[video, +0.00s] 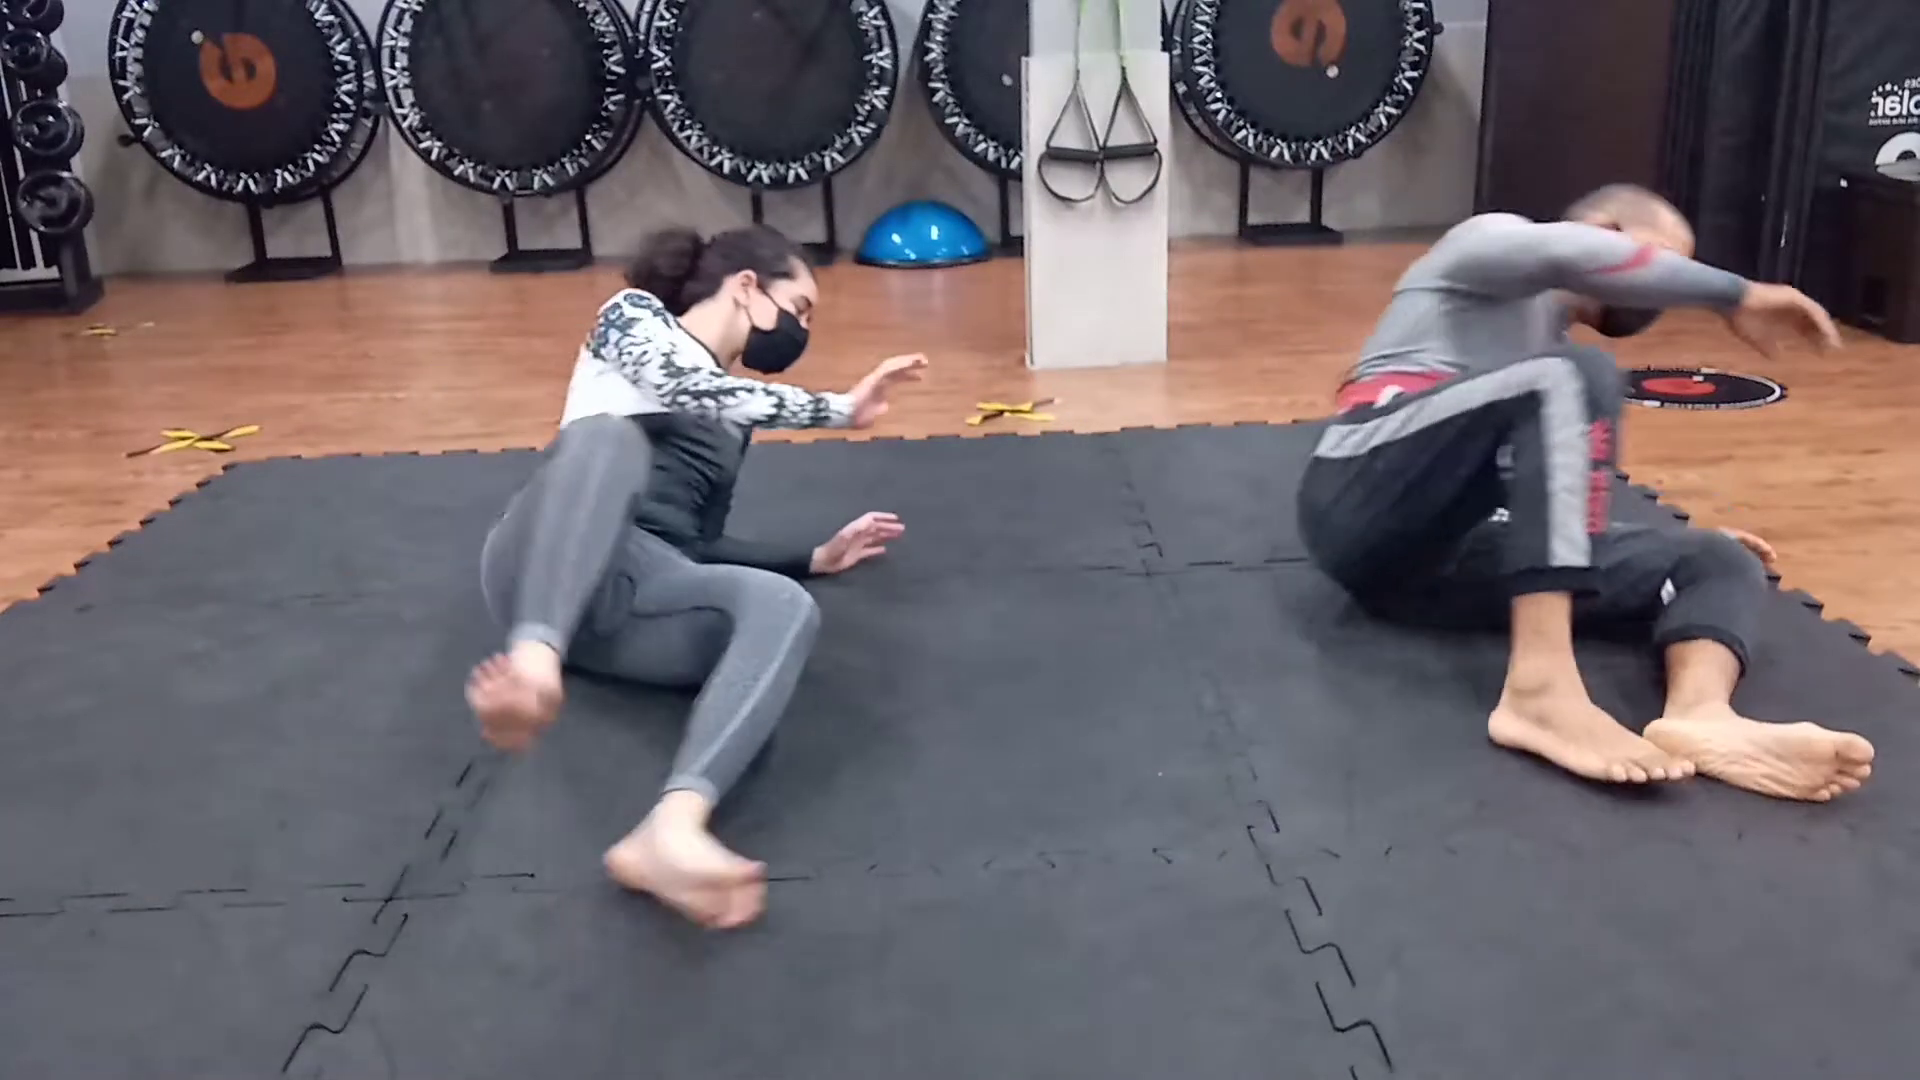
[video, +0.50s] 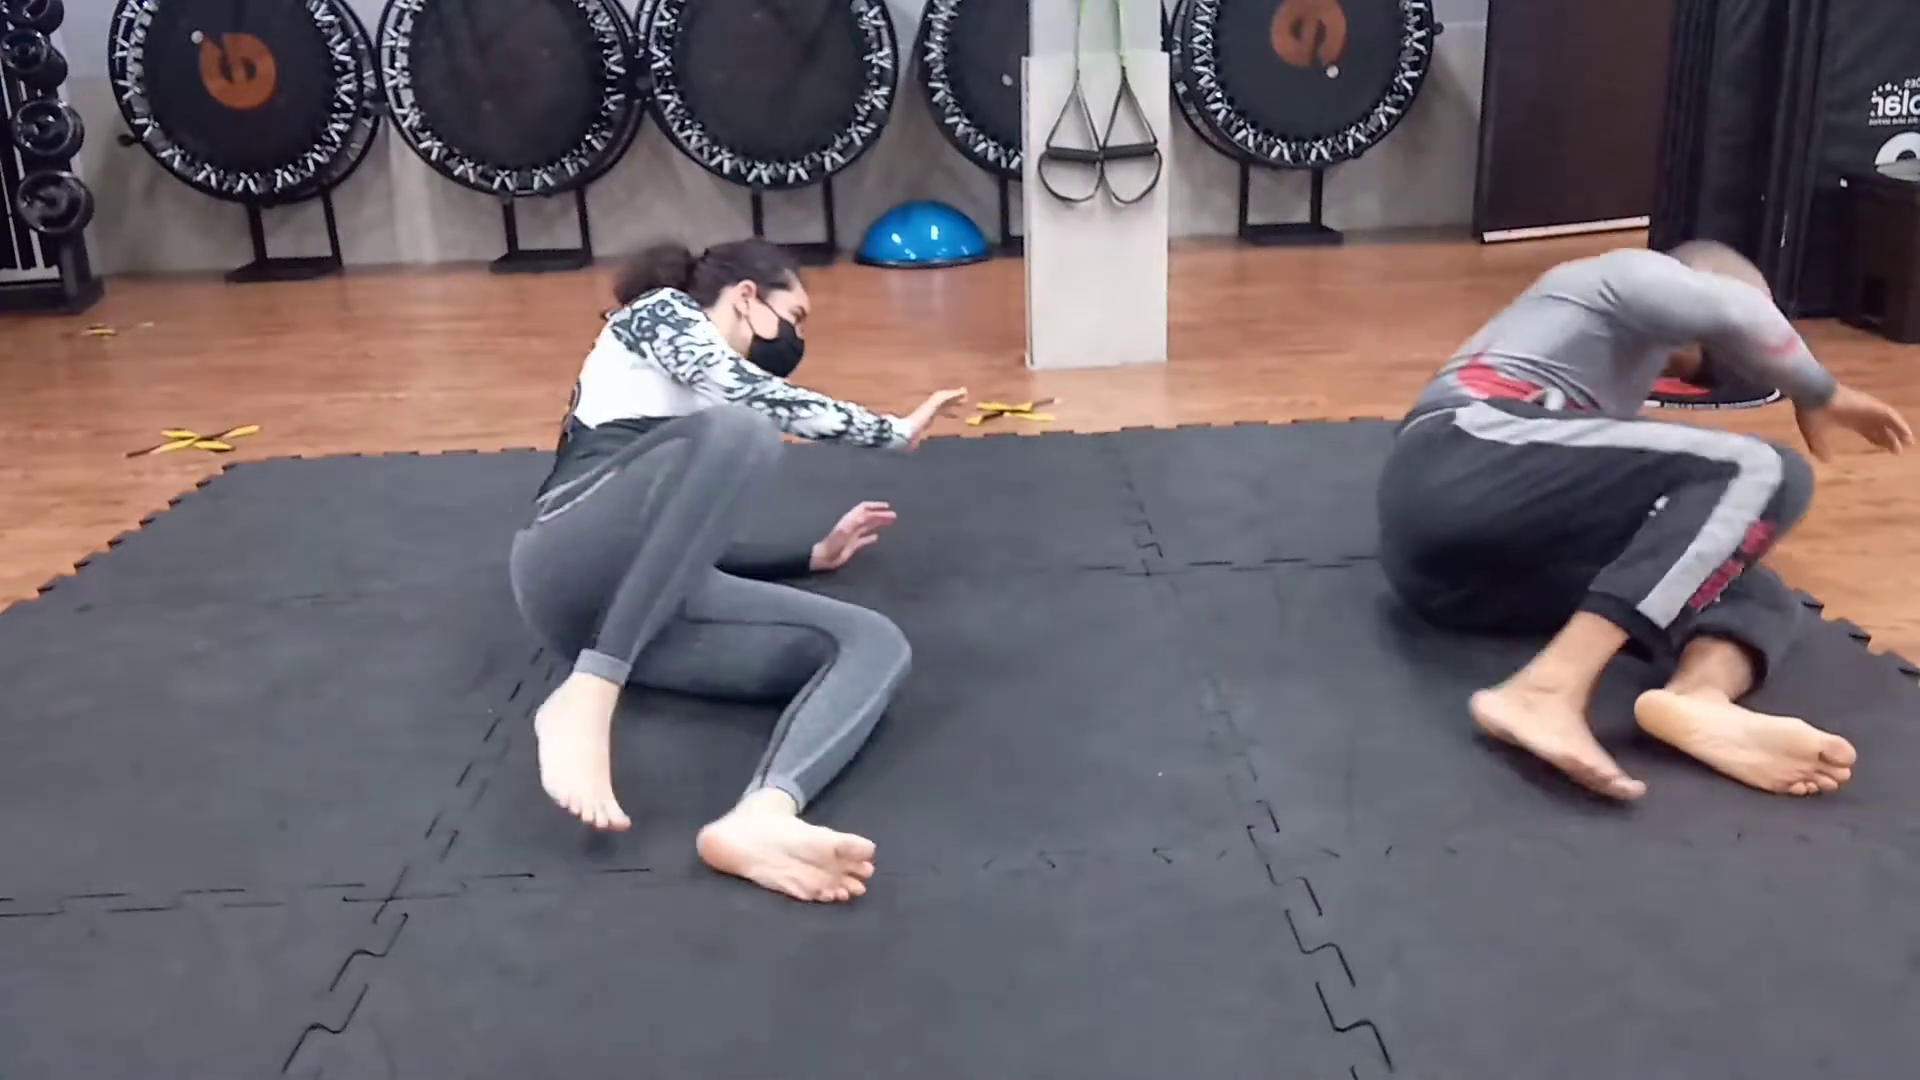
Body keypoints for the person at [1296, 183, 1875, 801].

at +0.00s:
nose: (1664, 288)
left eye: (1676, 277)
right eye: (1658, 259)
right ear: (1600, 232)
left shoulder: (1556, 362)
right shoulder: (1478, 248)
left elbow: (1575, 506)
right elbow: (1578, 255)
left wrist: (1692, 540)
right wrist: (1735, 296)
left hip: (1447, 555)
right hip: (1358, 497)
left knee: (1717, 560)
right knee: (1572, 378)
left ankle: (1696, 710)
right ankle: (1539, 685)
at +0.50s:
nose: (1707, 386)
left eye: (1715, 383)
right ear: (1715, 298)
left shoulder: (1613, 390)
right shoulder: (1624, 275)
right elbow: (1740, 309)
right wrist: (1822, 395)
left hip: (1447, 583)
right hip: (1454, 466)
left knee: (1757, 585)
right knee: (1761, 468)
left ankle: (1698, 694)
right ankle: (1546, 690)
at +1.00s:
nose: (1718, 361)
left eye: (1721, 356)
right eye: (1723, 334)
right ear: (1700, 300)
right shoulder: (1650, 293)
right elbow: (1826, 354)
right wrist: (1883, 441)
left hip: (1432, 585)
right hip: (1428, 474)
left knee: (1734, 580)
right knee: (1733, 462)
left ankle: (1708, 707)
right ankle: (1504, 695)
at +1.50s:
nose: (1706, 406)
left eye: (1714, 399)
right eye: (1714, 390)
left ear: (1638, 398)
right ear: (1688, 355)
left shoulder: (1578, 411)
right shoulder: (1621, 309)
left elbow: (1508, 510)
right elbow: (1823, 350)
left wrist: (1662, 508)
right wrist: (1905, 457)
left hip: (1335, 565)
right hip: (1335, 449)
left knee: (1599, 580)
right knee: (1645, 435)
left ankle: (1695, 740)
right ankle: (1480, 703)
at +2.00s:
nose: (1605, 352)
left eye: (1608, 346)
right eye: (1600, 333)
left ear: (1553, 362)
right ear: (1555, 305)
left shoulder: (1475, 425)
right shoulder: (1450, 300)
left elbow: (1509, 509)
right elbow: (1609, 270)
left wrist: (1625, 526)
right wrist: (1782, 345)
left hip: (1270, 588)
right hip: (1217, 493)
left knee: (1524, 586)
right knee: (1431, 392)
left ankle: (1701, 766)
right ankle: (1454, 696)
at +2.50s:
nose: (1427, 246)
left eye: (1451, 239)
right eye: (1417, 223)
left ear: (1457, 267)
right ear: (1375, 223)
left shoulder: (1410, 375)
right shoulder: (1279, 277)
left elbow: (1485, 506)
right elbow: (1170, 271)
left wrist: (1618, 567)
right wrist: (1351, 231)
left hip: (1283, 560)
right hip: (1171, 534)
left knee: (1510, 552)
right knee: (1225, 412)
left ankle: (1702, 757)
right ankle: (1314, 720)